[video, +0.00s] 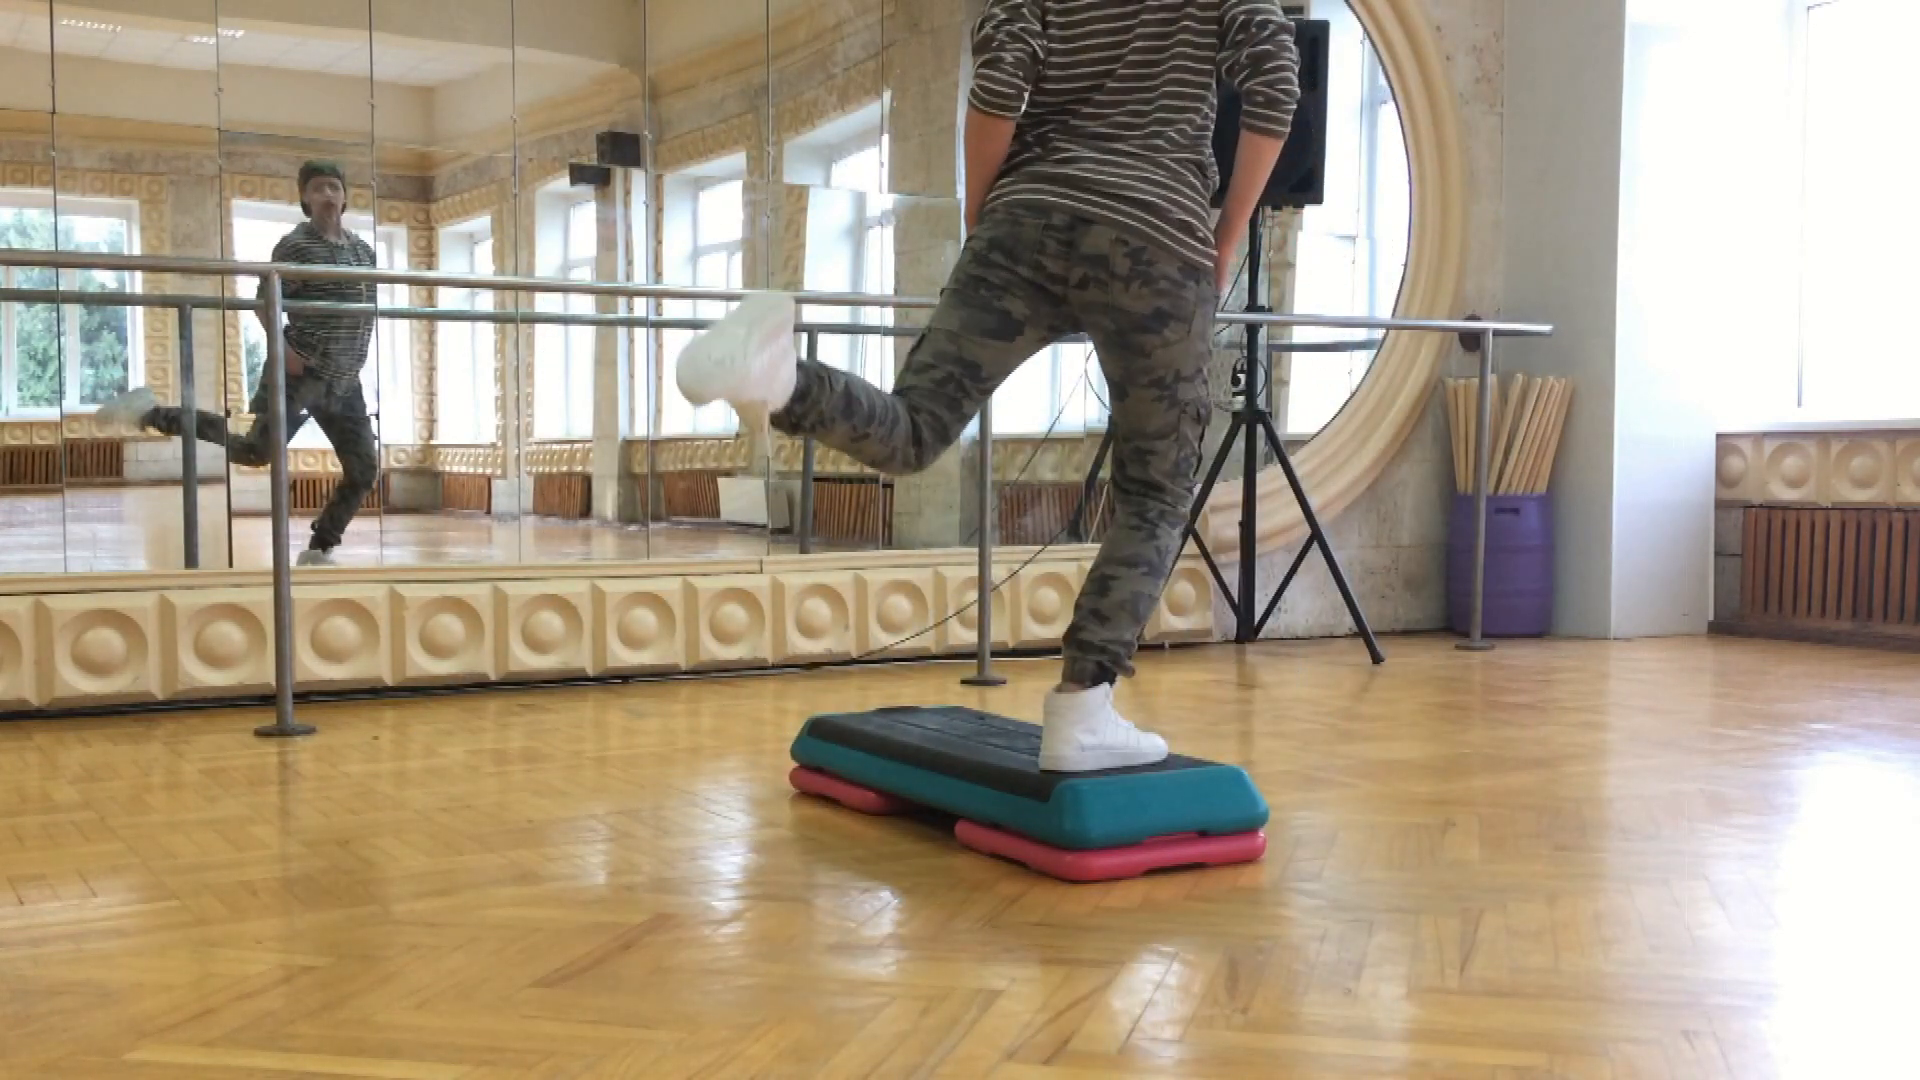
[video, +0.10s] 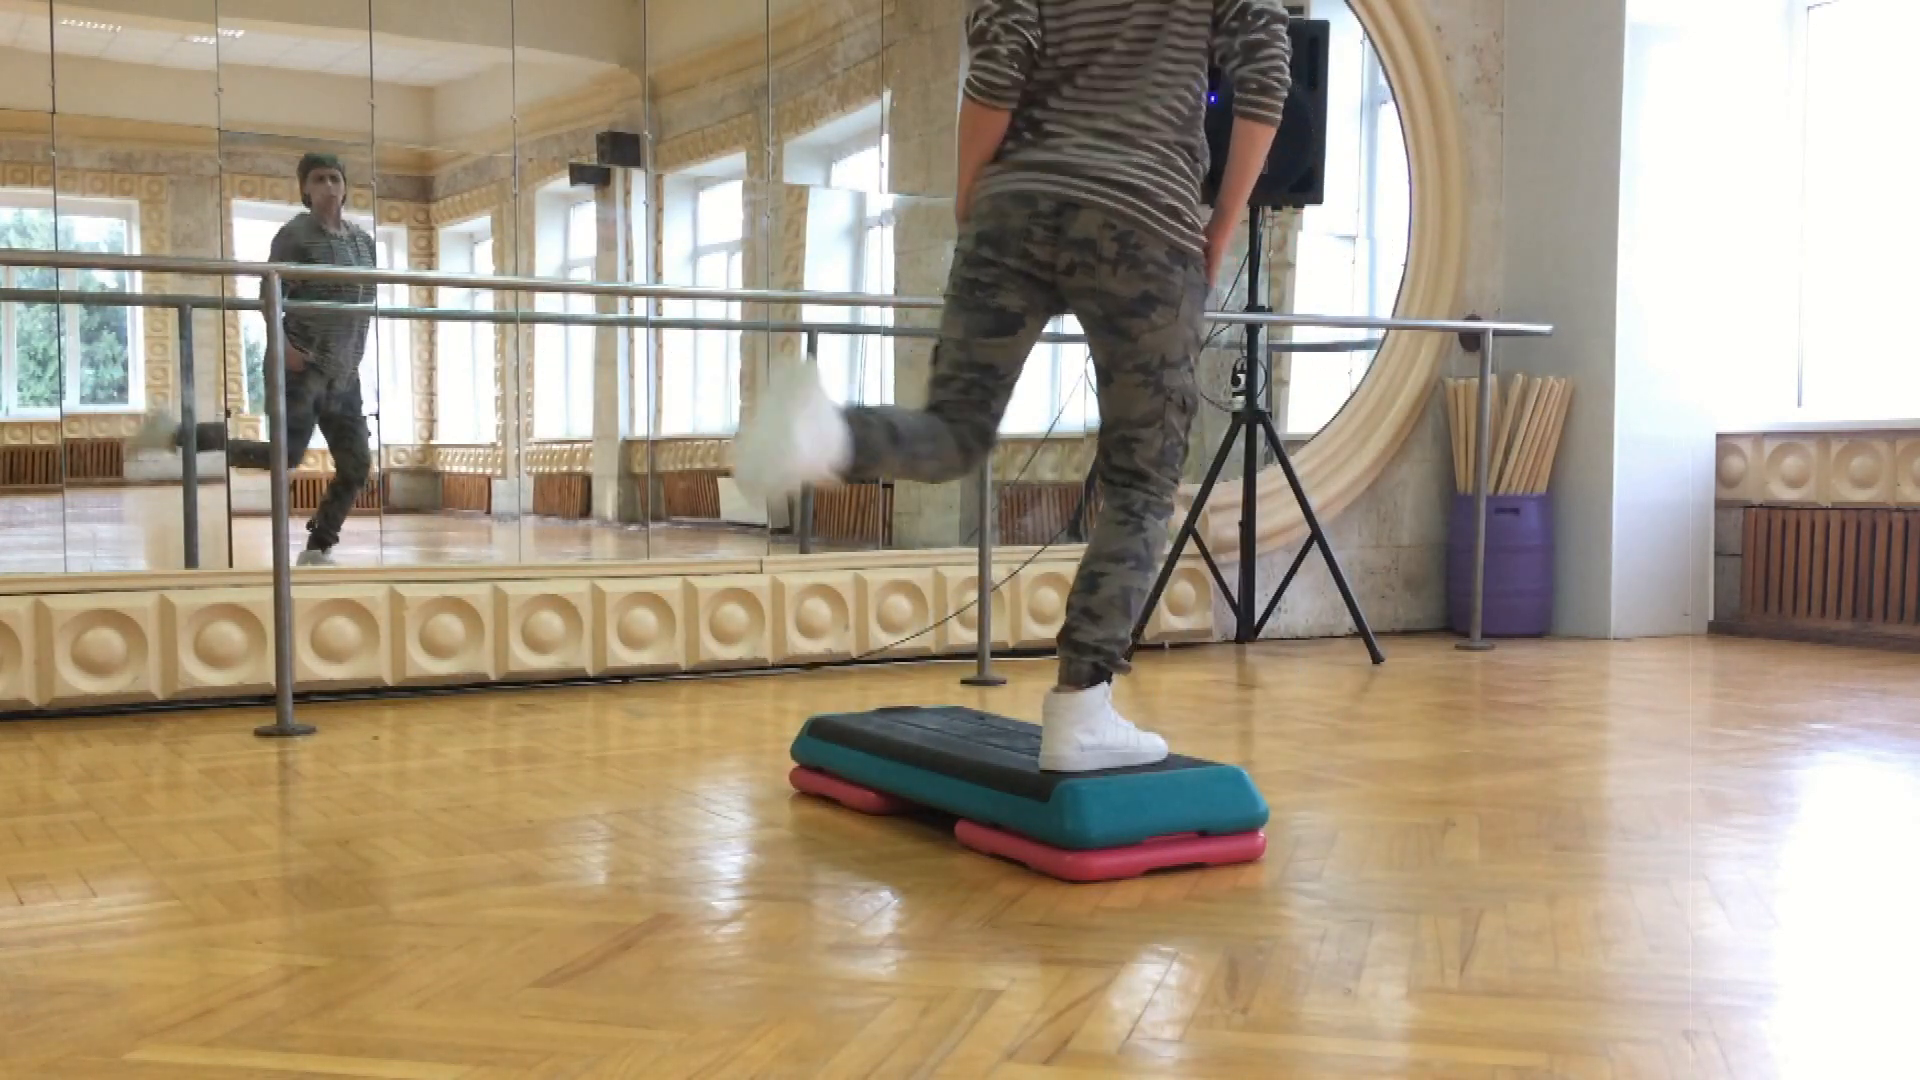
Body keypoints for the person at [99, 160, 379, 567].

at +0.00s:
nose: (329, 195)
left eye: (335, 187)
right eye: (319, 189)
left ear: (346, 197)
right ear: (304, 199)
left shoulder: (363, 252)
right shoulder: (294, 247)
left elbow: (361, 314)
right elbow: (263, 303)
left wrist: (352, 360)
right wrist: (283, 349)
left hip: (343, 383)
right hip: (296, 374)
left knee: (363, 471)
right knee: (256, 450)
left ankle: (319, 551)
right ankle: (152, 414)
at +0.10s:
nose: (328, 186)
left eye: (334, 179)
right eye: (319, 180)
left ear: (345, 189)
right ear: (304, 191)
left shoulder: (363, 242)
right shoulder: (294, 235)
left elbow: (366, 306)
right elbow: (269, 294)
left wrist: (355, 356)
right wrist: (281, 344)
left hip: (343, 374)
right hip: (302, 368)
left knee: (356, 466)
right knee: (284, 456)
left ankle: (317, 552)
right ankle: (188, 435)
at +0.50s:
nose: (326, 181)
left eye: (333, 175)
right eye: (317, 174)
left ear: (342, 184)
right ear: (300, 181)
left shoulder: (361, 237)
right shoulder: (285, 230)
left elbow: (369, 302)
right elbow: (270, 298)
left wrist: (370, 356)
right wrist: (294, 352)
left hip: (356, 365)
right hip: (310, 363)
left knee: (367, 464)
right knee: (348, 455)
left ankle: (319, 545)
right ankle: (326, 552)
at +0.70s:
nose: (328, 181)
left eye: (334, 175)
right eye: (318, 175)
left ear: (343, 184)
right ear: (300, 182)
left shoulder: (362, 234)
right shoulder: (291, 224)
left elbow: (367, 297)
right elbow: (270, 289)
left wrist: (367, 344)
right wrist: (296, 348)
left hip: (358, 364)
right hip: (313, 362)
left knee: (370, 469)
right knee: (351, 458)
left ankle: (336, 547)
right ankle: (328, 551)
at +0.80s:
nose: (329, 184)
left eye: (335, 177)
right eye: (319, 177)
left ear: (344, 186)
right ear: (303, 185)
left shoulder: (362, 242)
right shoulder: (291, 236)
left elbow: (369, 306)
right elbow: (273, 304)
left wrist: (371, 356)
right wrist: (300, 359)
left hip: (362, 370)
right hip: (318, 370)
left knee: (370, 469)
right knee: (357, 462)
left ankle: (340, 554)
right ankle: (330, 555)